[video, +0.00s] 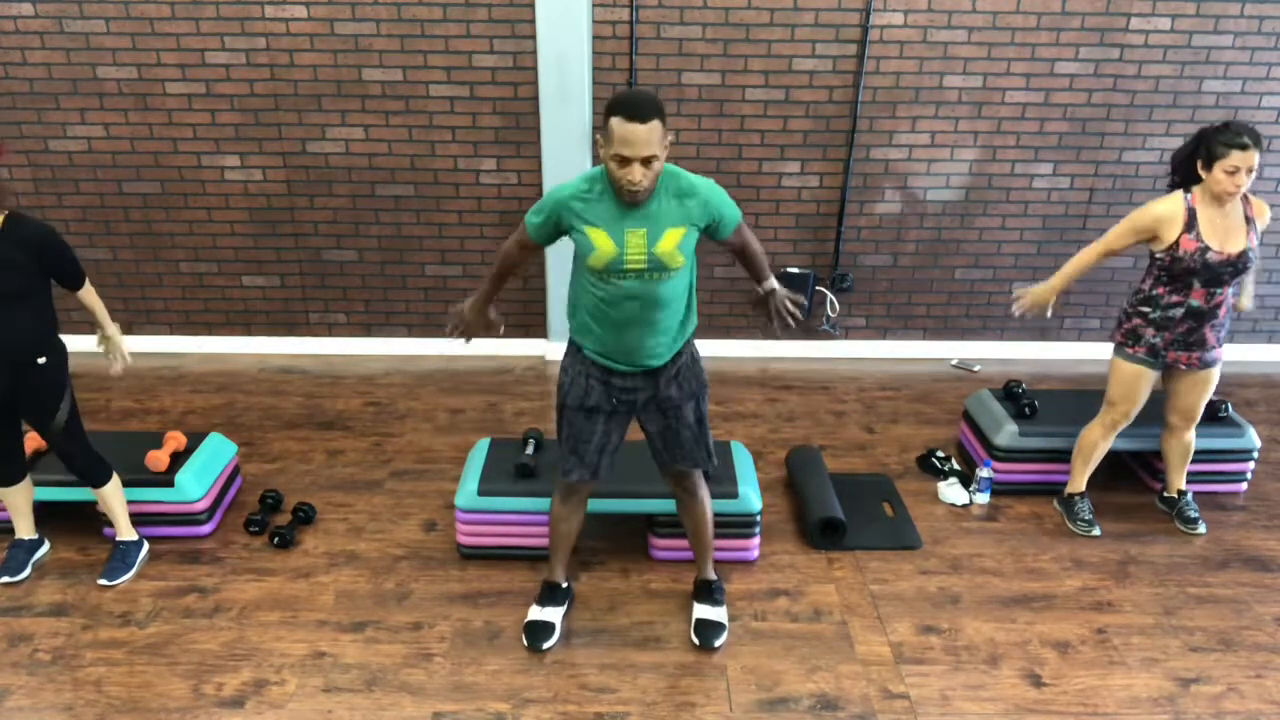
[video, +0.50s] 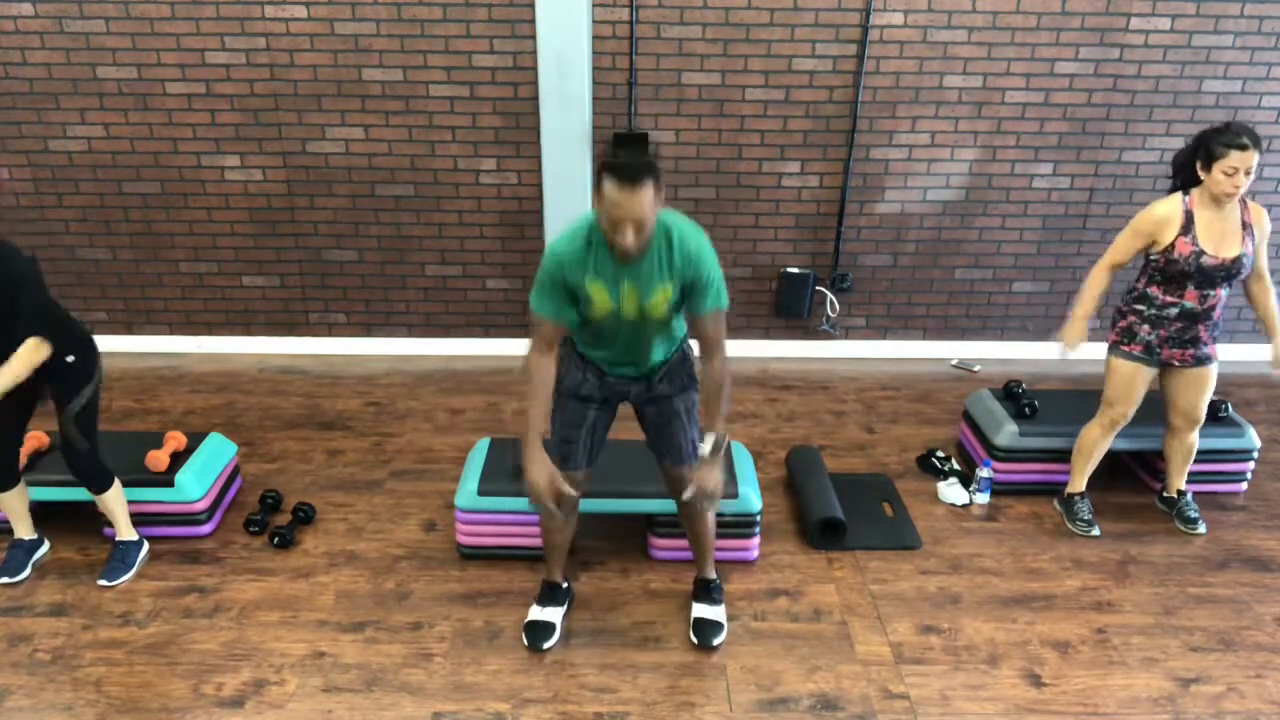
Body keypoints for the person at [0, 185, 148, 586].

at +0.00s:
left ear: (4, 200)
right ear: (3, 201)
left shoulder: (30, 235)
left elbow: (78, 282)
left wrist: (108, 326)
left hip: (38, 366)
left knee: (77, 453)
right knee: (5, 461)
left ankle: (129, 538)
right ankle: (26, 539)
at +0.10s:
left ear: (5, 200)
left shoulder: (30, 236)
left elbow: (74, 288)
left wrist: (106, 337)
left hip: (38, 366)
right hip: (1, 377)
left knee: (76, 452)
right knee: (6, 461)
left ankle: (129, 538)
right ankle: (26, 539)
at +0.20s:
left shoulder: (28, 238)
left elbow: (70, 301)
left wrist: (102, 360)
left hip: (40, 368)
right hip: (1, 378)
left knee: (78, 452)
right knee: (6, 461)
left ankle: (129, 538)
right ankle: (26, 539)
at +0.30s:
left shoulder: (21, 236)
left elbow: (63, 311)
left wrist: (83, 383)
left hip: (42, 363)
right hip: (2, 374)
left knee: (78, 450)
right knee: (6, 459)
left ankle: (129, 538)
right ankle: (26, 538)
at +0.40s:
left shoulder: (15, 242)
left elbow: (53, 320)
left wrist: (39, 392)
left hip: (56, 355)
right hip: (8, 364)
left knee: (76, 449)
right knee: (4, 456)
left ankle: (128, 538)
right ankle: (25, 538)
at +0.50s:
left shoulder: (14, 265)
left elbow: (40, 344)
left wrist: (2, 384)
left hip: (68, 356)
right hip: (17, 364)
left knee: (79, 453)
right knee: (2, 453)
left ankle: (129, 539)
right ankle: (26, 538)